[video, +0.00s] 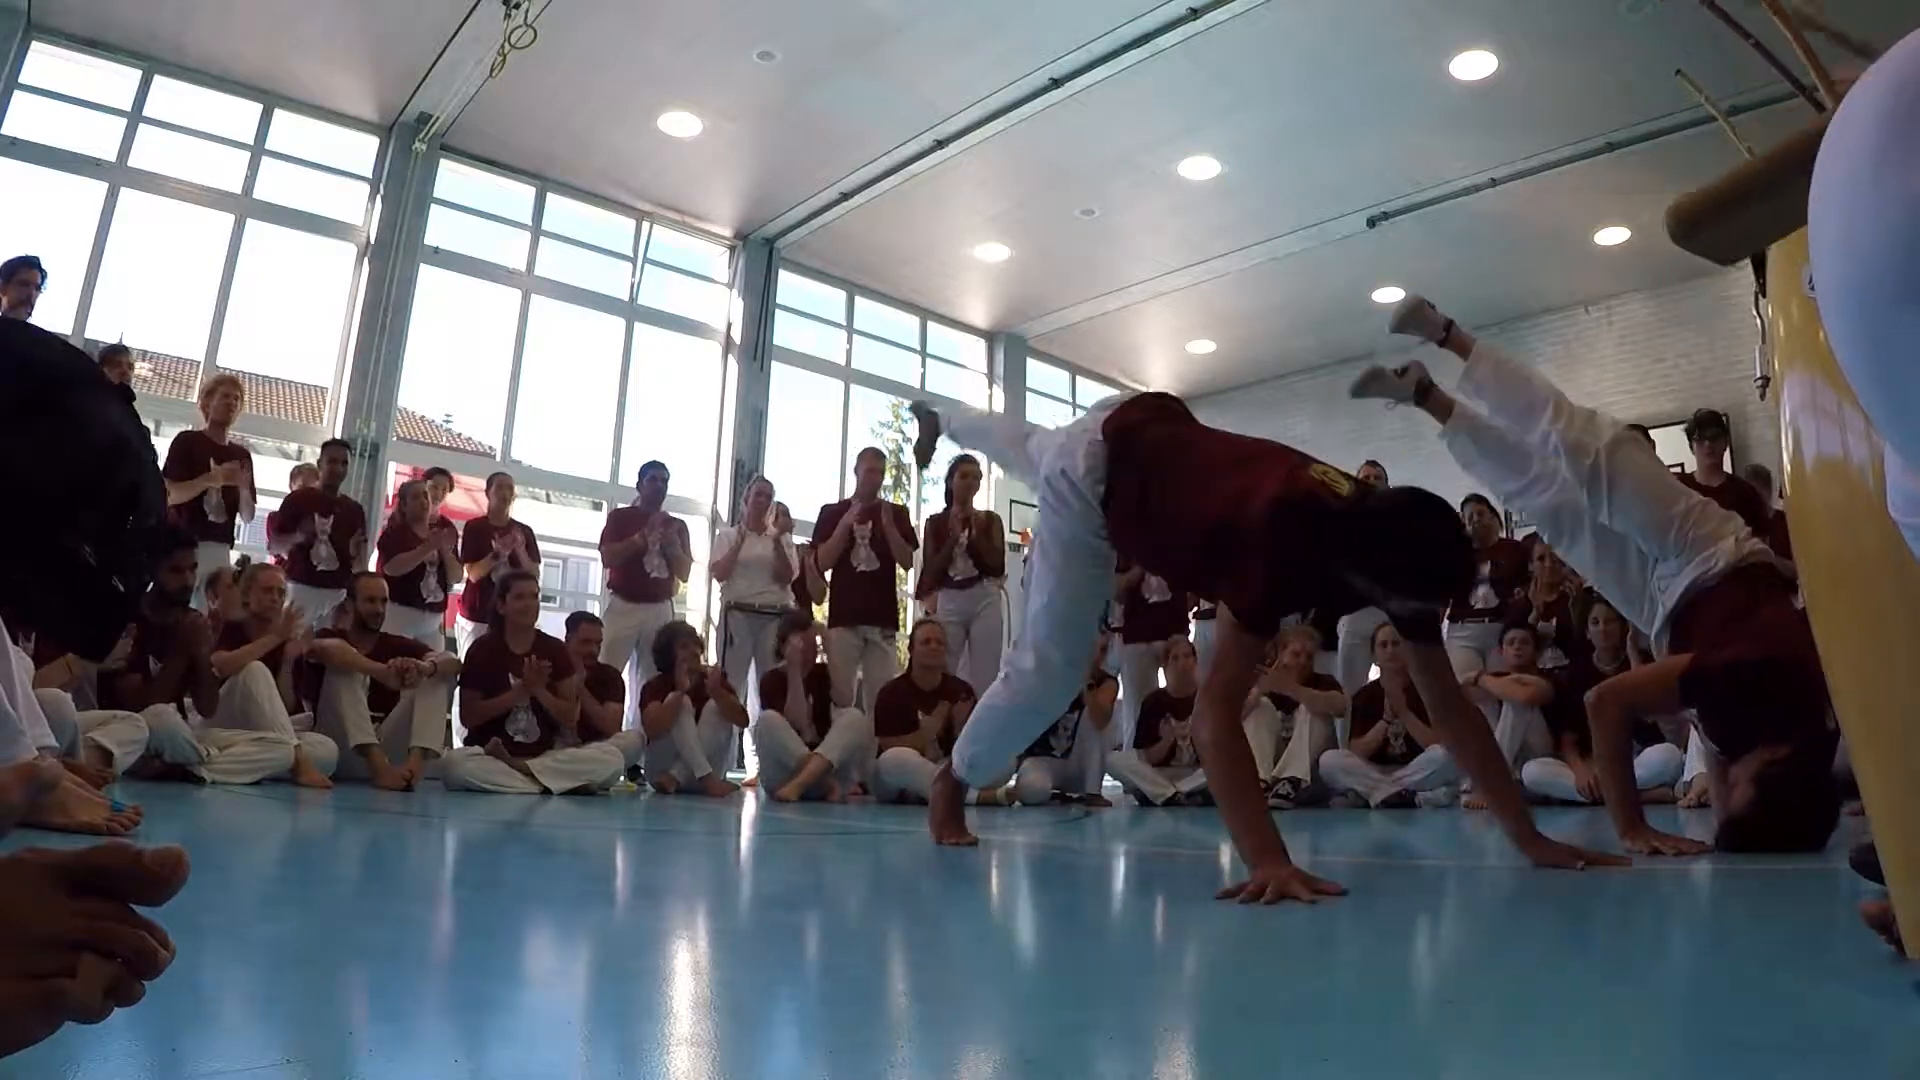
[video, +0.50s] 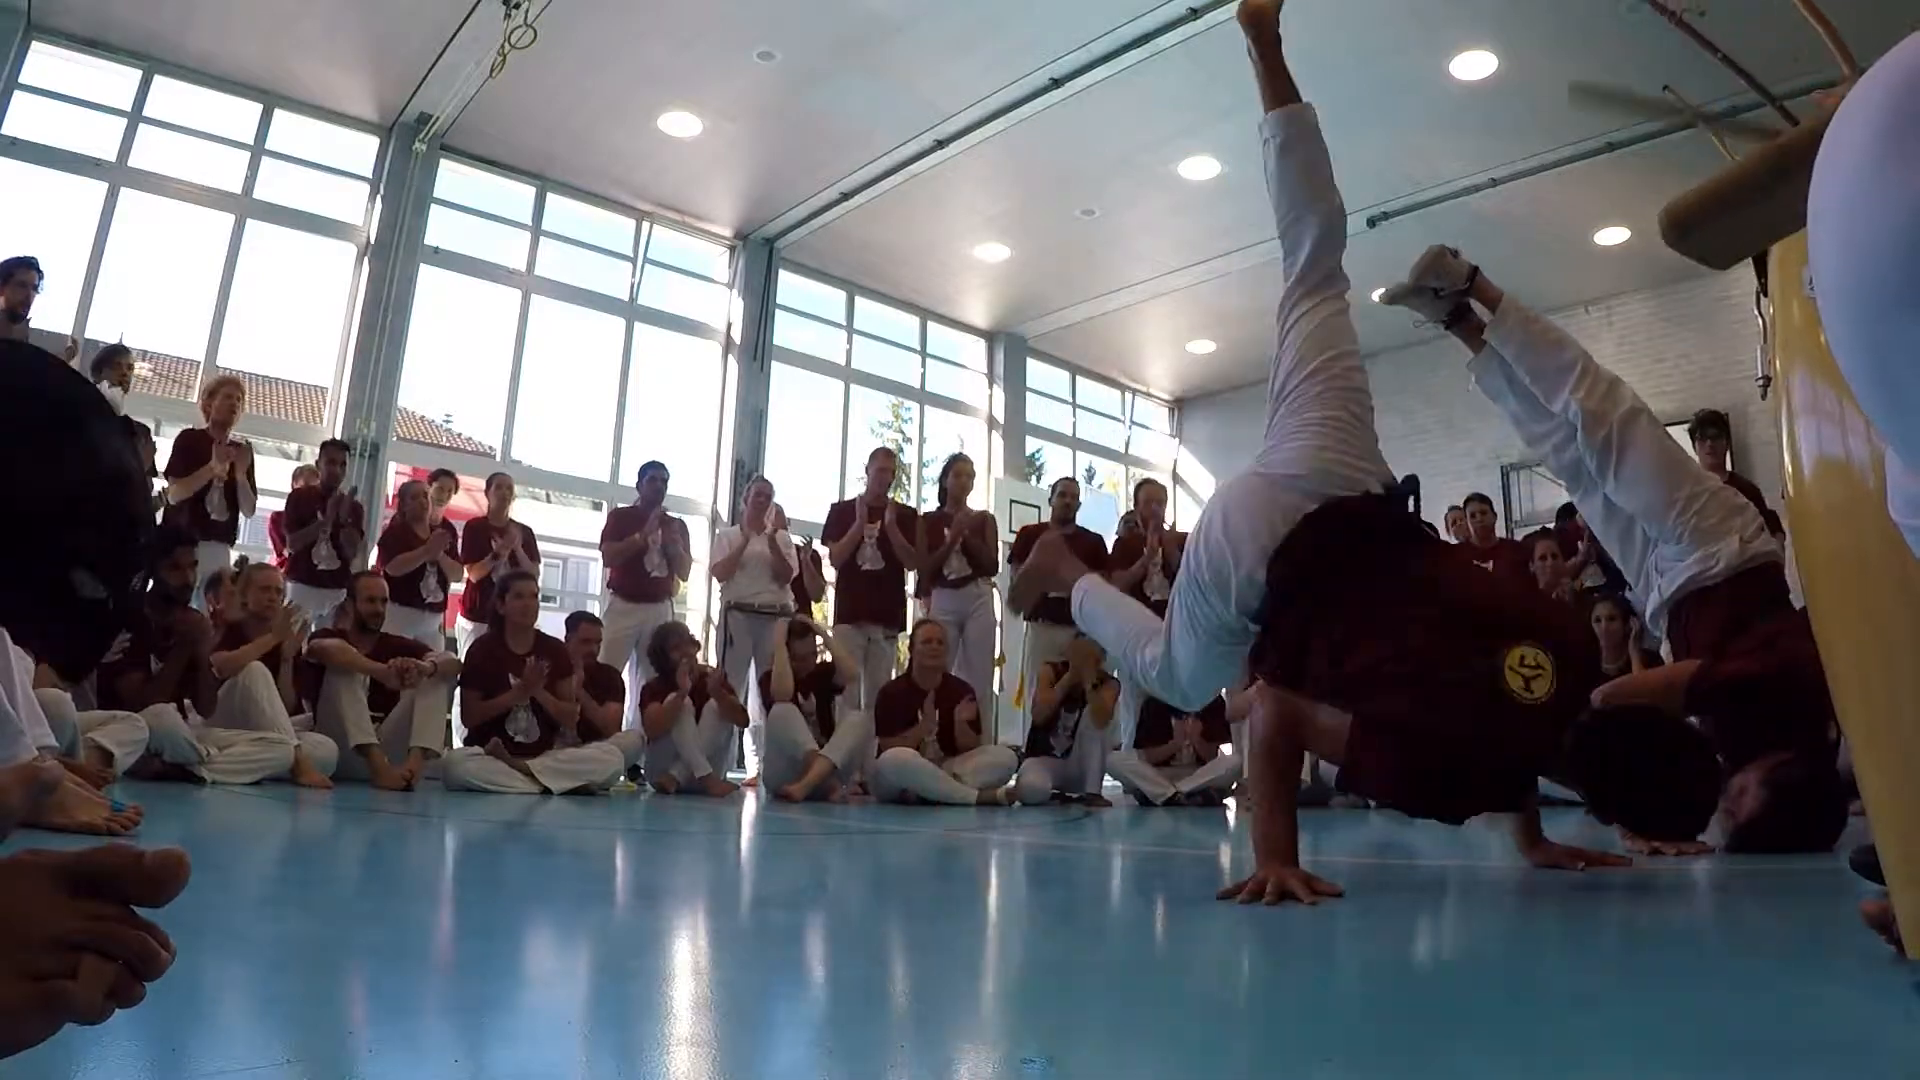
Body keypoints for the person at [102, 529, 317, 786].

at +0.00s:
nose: (188, 580)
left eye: (192, 569)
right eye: (176, 571)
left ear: (197, 569)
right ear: (152, 572)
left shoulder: (193, 623)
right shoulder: (129, 619)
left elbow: (208, 708)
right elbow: (135, 704)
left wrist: (202, 652)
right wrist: (182, 652)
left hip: (183, 731)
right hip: (134, 733)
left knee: (283, 753)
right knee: (161, 716)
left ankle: (182, 771)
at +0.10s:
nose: (188, 581)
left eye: (192, 570)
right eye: (176, 571)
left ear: (197, 570)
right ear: (153, 571)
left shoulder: (195, 622)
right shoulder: (129, 617)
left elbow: (208, 707)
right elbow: (135, 703)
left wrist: (200, 652)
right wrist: (183, 651)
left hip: (182, 732)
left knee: (284, 751)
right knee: (162, 716)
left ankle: (187, 772)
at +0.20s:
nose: (188, 580)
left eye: (193, 569)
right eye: (175, 571)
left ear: (197, 568)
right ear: (153, 571)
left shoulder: (197, 623)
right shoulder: (131, 617)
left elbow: (209, 706)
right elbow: (139, 702)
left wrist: (197, 659)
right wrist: (184, 651)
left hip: (181, 730)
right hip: (132, 730)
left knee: (283, 751)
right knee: (161, 716)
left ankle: (186, 771)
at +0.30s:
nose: (188, 581)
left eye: (193, 569)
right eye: (175, 572)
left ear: (197, 568)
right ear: (154, 571)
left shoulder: (196, 623)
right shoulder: (129, 617)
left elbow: (210, 707)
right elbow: (140, 703)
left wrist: (200, 651)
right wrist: (184, 647)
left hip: (180, 731)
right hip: (130, 732)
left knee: (284, 751)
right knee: (162, 716)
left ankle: (183, 771)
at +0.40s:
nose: (187, 580)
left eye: (192, 569)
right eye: (175, 571)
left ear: (197, 567)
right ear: (152, 569)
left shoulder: (194, 622)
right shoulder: (126, 614)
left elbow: (208, 707)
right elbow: (140, 703)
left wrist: (201, 651)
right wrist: (185, 647)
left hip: (180, 731)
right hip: (128, 733)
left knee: (283, 751)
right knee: (162, 716)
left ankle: (184, 772)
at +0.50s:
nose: (187, 579)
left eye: (192, 567)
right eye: (174, 569)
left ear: (197, 567)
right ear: (153, 570)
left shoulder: (194, 621)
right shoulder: (128, 615)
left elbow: (205, 707)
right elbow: (139, 702)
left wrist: (201, 647)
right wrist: (183, 647)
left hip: (180, 734)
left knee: (283, 751)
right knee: (162, 716)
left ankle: (181, 771)